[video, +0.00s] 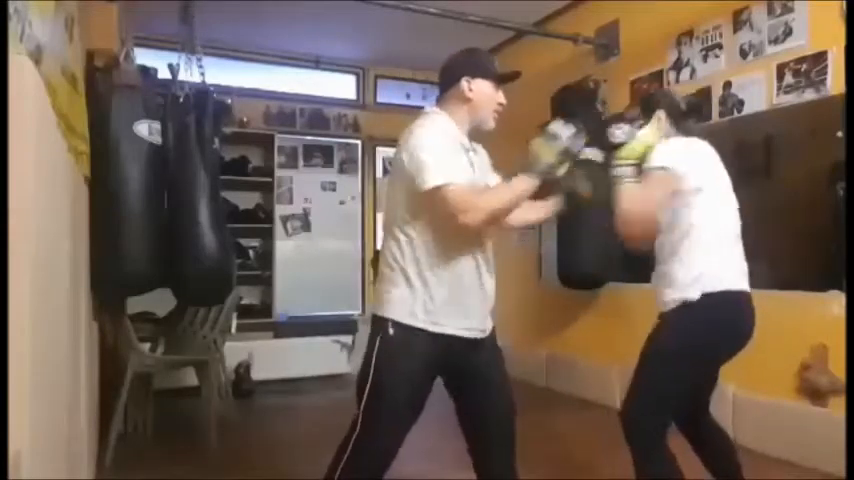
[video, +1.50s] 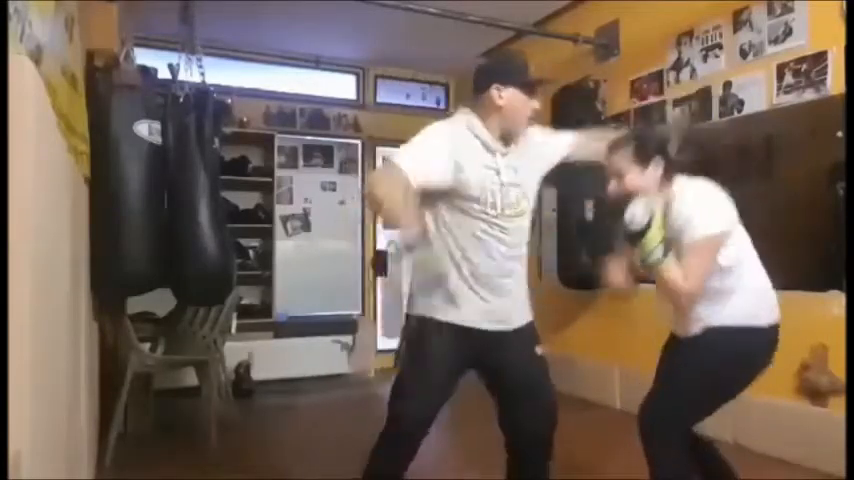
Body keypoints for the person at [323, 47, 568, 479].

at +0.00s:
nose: (503, 98)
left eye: (502, 88)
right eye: (496, 86)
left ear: (469, 90)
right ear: (468, 88)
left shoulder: (474, 152)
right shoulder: (426, 135)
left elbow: (508, 213)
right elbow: (468, 212)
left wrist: (566, 195)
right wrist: (532, 175)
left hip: (470, 327)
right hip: (410, 325)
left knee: (496, 446)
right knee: (370, 450)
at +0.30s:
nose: (499, 102)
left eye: (499, 92)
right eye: (492, 91)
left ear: (464, 93)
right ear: (463, 90)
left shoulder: (457, 142)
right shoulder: (431, 135)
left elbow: (487, 218)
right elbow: (510, 196)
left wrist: (533, 195)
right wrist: (577, 154)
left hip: (464, 326)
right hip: (410, 327)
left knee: (494, 440)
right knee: (374, 448)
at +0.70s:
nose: (456, 100)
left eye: (455, 90)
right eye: (447, 87)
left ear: (420, 91)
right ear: (417, 89)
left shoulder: (428, 146)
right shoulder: (382, 134)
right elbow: (465, 173)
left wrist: (522, 146)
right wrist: (513, 130)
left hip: (448, 330)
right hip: (385, 334)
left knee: (492, 459)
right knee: (354, 466)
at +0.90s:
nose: (448, 97)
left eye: (447, 88)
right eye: (438, 85)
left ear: (412, 91)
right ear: (407, 89)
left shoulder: (433, 147)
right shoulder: (366, 142)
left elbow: (474, 196)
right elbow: (413, 199)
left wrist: (527, 165)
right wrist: (468, 138)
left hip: (448, 334)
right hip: (381, 339)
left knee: (486, 461)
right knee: (355, 466)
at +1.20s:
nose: (469, 109)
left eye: (469, 99)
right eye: (462, 98)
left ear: (437, 98)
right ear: (435, 96)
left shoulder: (432, 151)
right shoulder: (397, 139)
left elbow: (462, 206)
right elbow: (461, 206)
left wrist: (503, 146)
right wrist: (505, 158)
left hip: (450, 332)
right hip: (391, 338)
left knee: (497, 423)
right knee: (362, 455)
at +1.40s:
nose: (511, 105)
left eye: (511, 95)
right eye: (503, 94)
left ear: (474, 99)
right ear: (474, 97)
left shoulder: (489, 158)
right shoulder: (434, 135)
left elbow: (520, 203)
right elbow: (445, 178)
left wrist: (582, 206)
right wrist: (514, 139)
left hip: (493, 329)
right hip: (430, 329)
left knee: (528, 422)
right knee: (382, 444)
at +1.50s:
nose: (536, 105)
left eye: (536, 95)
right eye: (529, 94)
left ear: (505, 96)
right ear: (498, 94)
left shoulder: (536, 143)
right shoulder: (447, 138)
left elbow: (593, 143)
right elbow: (385, 180)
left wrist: (646, 141)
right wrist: (405, 215)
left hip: (510, 321)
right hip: (442, 319)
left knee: (535, 425)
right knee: (405, 428)